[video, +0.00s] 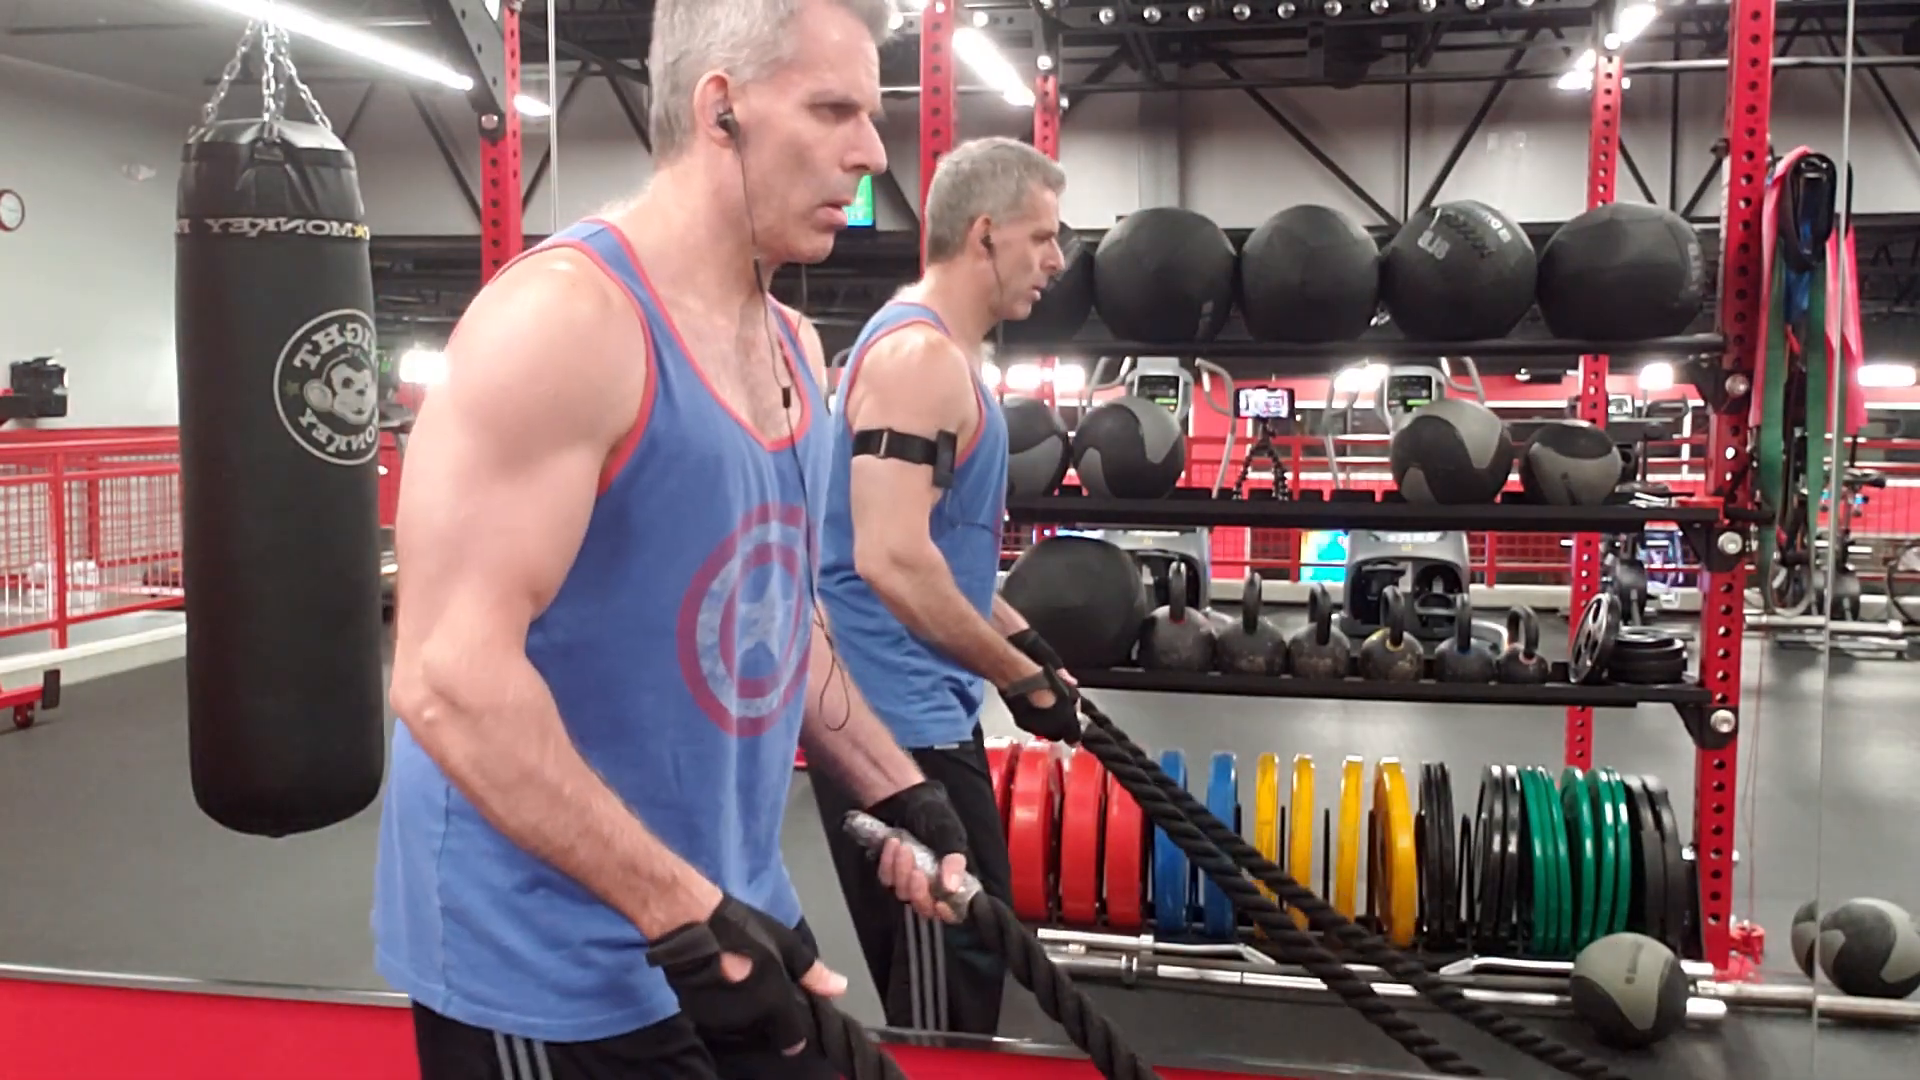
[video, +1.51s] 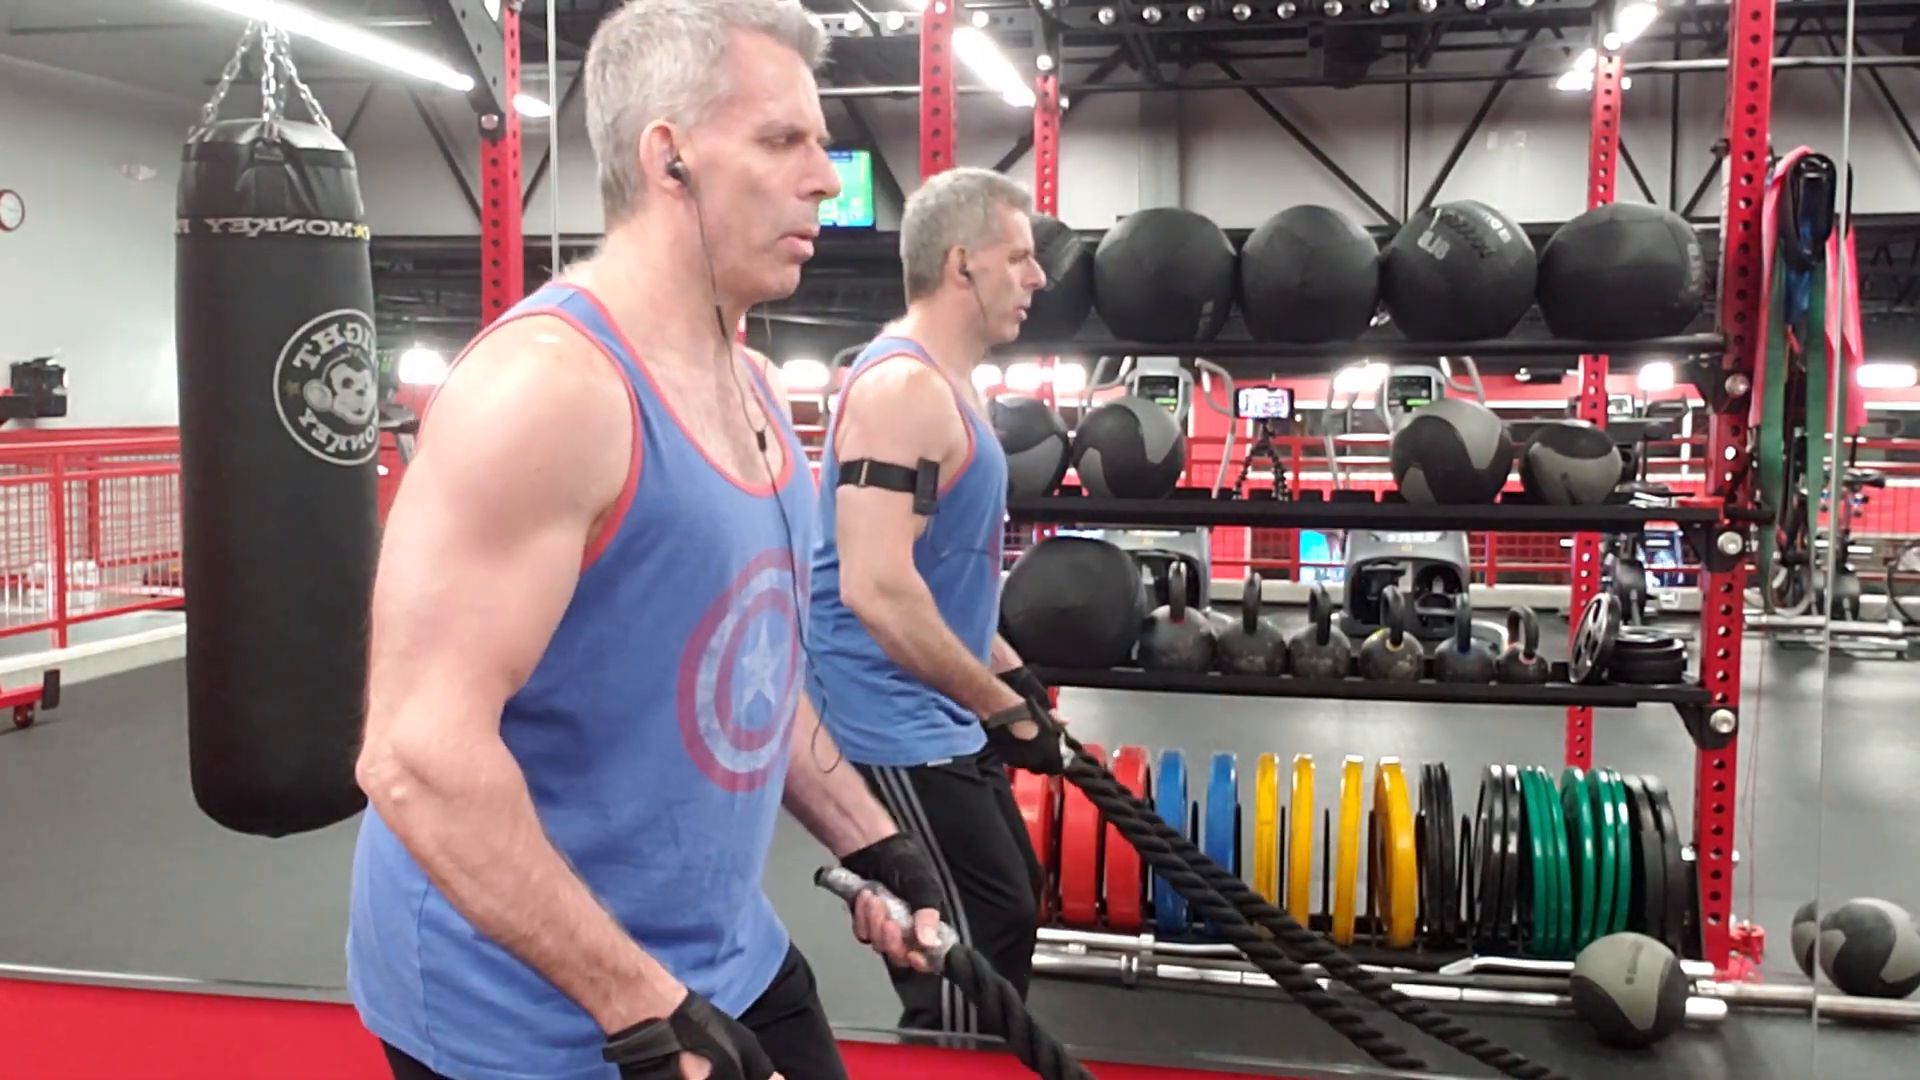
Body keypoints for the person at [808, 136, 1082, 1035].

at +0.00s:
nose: (1056, 262)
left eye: (1057, 240)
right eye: (1043, 238)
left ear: (988, 239)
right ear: (985, 235)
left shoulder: (942, 350)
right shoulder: (917, 354)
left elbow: (934, 544)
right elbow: (891, 556)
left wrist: (1020, 639)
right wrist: (1018, 678)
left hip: (928, 719)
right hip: (901, 728)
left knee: (961, 976)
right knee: (951, 984)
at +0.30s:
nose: (1057, 264)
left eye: (1058, 242)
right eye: (1044, 240)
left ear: (990, 244)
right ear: (986, 240)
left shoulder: (956, 357)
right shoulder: (919, 354)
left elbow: (949, 547)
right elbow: (889, 551)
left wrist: (1031, 639)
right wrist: (1010, 665)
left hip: (930, 695)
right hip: (892, 702)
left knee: (943, 937)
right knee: (990, 919)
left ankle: (943, 1064)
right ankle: (952, 1067)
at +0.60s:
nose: (1066, 274)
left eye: (1066, 252)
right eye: (1051, 250)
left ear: (996, 256)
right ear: (993, 253)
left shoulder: (959, 367)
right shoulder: (931, 367)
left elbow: (955, 564)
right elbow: (901, 568)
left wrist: (1026, 659)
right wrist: (1023, 685)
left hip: (943, 733)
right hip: (898, 740)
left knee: (993, 980)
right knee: (956, 994)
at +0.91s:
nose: (1064, 284)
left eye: (1063, 263)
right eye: (1049, 261)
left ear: (996, 268)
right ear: (992, 265)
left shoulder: (960, 377)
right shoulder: (930, 376)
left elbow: (952, 571)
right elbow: (894, 573)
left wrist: (1017, 672)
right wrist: (1012, 700)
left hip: (937, 720)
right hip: (898, 727)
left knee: (963, 958)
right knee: (982, 939)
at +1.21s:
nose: (1033, 282)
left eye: (1031, 261)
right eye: (1017, 260)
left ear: (966, 269)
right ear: (960, 265)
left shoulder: (942, 379)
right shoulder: (906, 378)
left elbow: (942, 570)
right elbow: (886, 575)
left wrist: (1011, 658)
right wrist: (1008, 692)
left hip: (943, 725)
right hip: (900, 732)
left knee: (995, 936)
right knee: (994, 935)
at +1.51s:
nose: (1037, 279)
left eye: (1034, 258)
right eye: (1021, 257)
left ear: (969, 270)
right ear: (963, 266)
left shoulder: (949, 387)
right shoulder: (901, 386)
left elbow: (943, 580)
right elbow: (877, 584)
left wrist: (1012, 676)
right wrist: (996, 706)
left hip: (946, 723)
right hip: (894, 729)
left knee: (1000, 923)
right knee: (993, 928)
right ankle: (956, 1078)